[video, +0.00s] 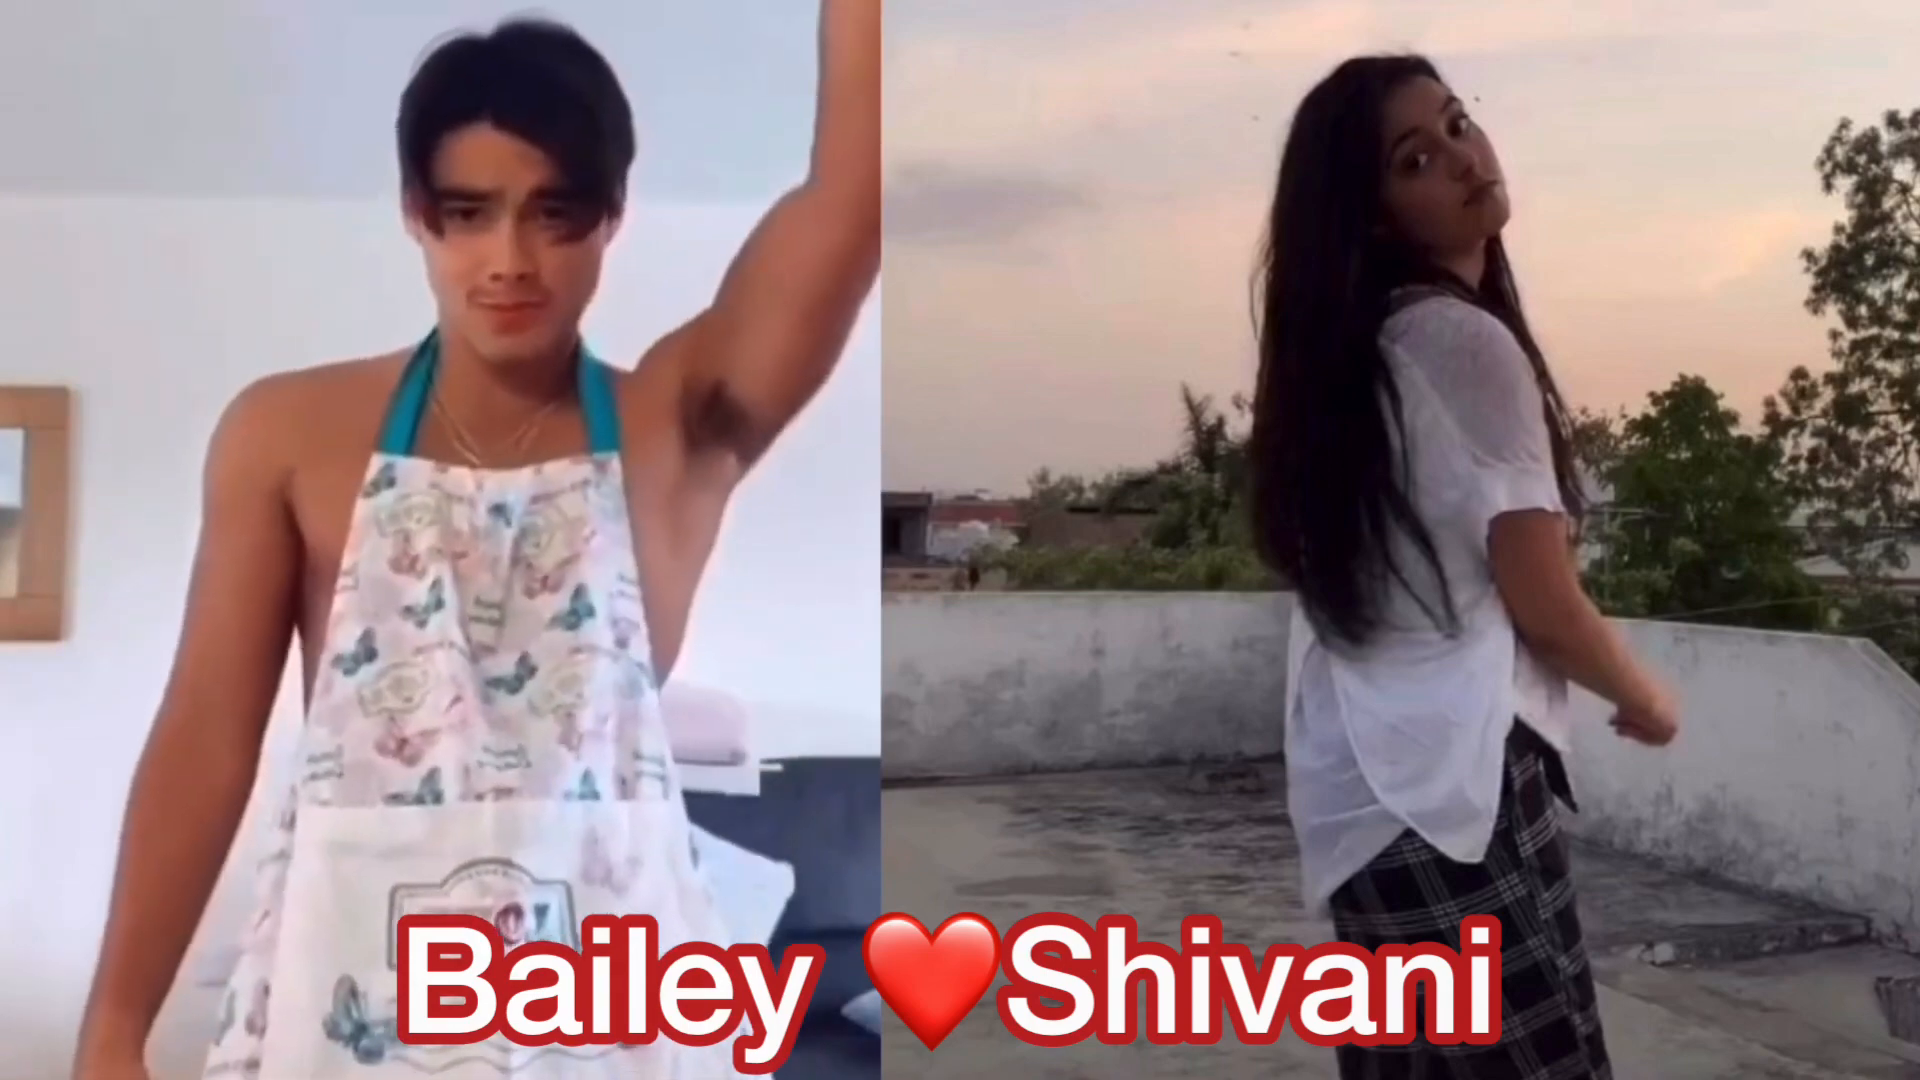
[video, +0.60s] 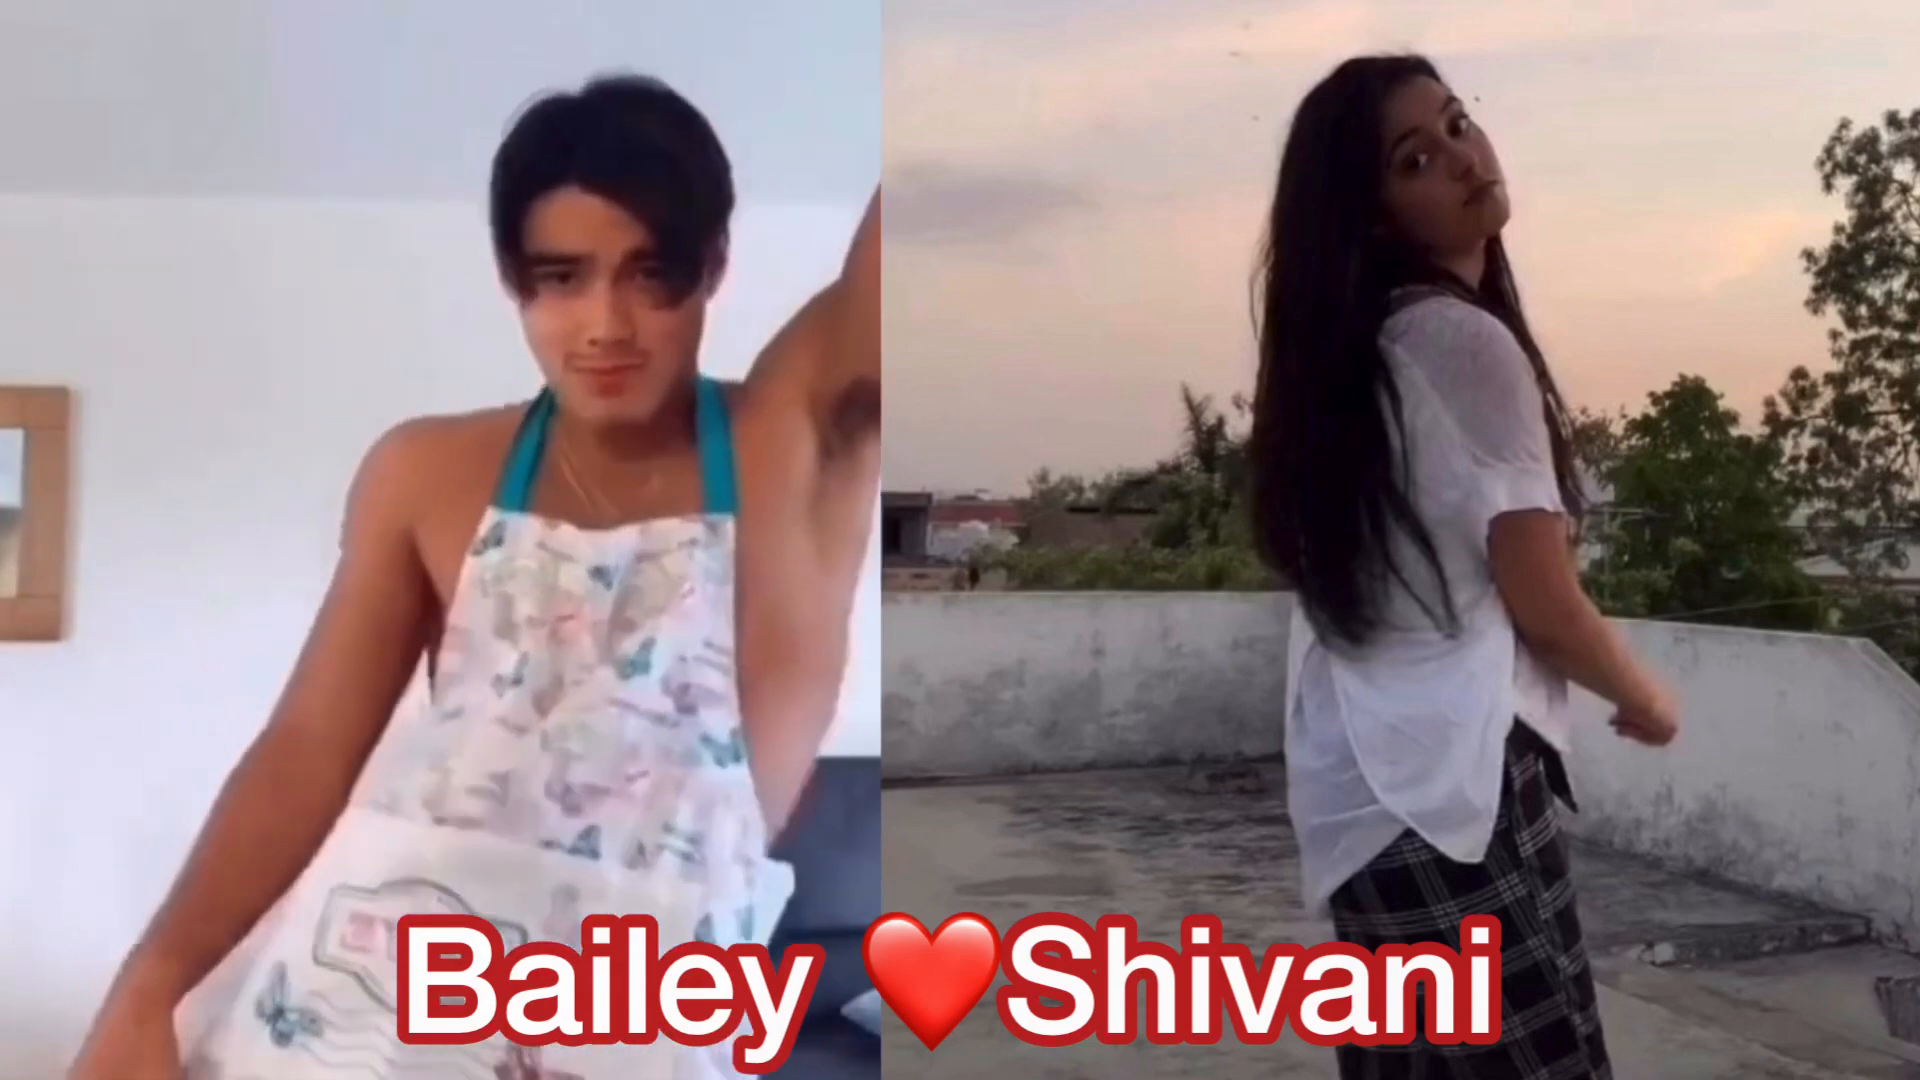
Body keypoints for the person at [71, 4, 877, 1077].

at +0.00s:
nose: (509, 263)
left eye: (555, 215)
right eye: (467, 214)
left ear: (612, 220)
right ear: (418, 219)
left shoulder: (686, 425)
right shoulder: (288, 433)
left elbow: (849, 202)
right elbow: (203, 743)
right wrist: (115, 1031)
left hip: (610, 998)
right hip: (344, 992)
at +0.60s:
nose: (604, 323)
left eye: (649, 272)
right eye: (562, 276)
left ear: (710, 272)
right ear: (516, 284)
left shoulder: (804, 430)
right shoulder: (427, 472)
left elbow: (949, 159)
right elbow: (303, 760)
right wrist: (148, 988)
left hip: (661, 995)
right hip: (390, 958)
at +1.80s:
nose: (427, 339)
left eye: (474, 295)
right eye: (387, 291)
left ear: (537, 298)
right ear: (342, 291)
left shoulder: (615, 501)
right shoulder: (215, 482)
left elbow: (809, 676)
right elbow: (4, 599)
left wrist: (896, 473)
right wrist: (27, 927)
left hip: (466, 1016)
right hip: (216, 997)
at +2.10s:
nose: (452, 292)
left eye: (500, 250)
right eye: (414, 244)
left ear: (559, 260)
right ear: (368, 254)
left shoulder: (641, 495)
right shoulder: (247, 451)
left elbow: (708, 781)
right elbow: (219, 602)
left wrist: (792, 1035)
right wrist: (486, 439)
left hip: (528, 996)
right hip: (284, 983)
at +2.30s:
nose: (534, 303)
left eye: (580, 261)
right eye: (493, 258)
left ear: (636, 271)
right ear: (444, 268)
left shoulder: (742, 492)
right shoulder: (337, 467)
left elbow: (812, 773)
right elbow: (237, 601)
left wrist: (858, 1042)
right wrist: (547, 493)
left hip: (690, 1005)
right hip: (434, 1004)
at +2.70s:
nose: (563, 291)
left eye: (609, 247)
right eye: (523, 245)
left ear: (669, 260)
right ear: (473, 256)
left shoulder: (761, 507)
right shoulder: (362, 466)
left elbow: (780, 780)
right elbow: (219, 723)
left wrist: (830, 1022)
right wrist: (243, 470)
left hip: (690, 1001)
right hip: (432, 996)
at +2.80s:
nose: (550, 281)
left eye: (597, 237)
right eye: (506, 231)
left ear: (657, 243)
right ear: (458, 234)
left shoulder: (746, 483)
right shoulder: (347, 410)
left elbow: (775, 757)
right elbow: (75, 455)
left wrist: (808, 1009)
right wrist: (194, 191)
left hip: (667, 1001)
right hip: (403, 999)